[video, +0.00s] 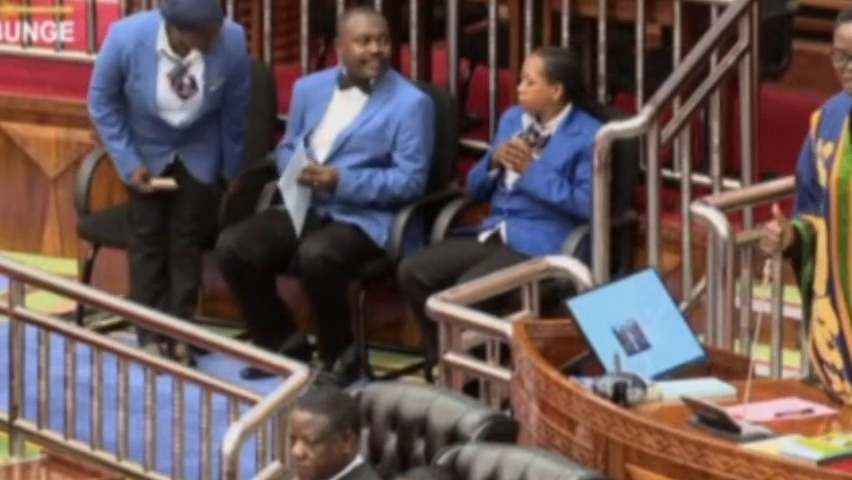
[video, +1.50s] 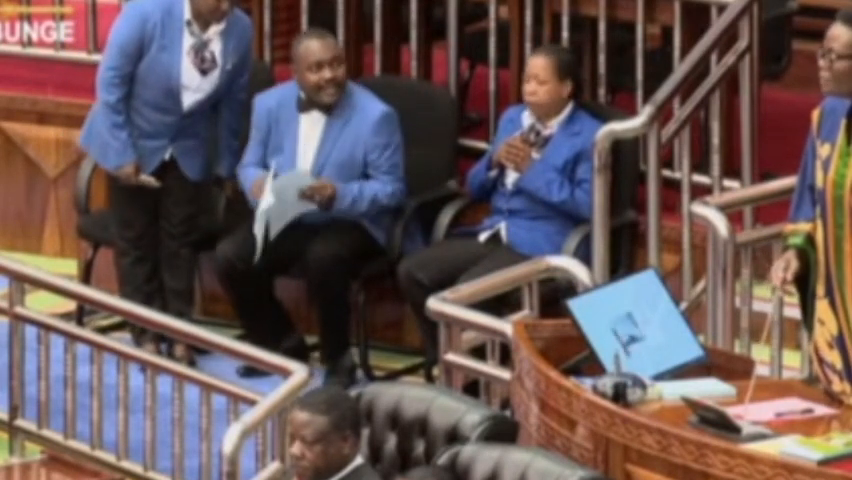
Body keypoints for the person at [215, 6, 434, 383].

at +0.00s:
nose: (374, 50)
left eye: (380, 41)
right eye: (363, 41)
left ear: (390, 45)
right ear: (340, 48)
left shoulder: (411, 103)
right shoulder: (308, 89)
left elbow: (410, 181)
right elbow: (286, 148)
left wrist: (340, 181)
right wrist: (297, 170)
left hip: (366, 219)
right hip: (302, 211)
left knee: (317, 257)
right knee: (235, 248)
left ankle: (340, 357)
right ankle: (282, 344)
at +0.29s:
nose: (374, 50)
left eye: (381, 41)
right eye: (363, 41)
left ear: (390, 45)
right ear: (340, 47)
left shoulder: (411, 103)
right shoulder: (308, 89)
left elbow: (411, 181)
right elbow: (286, 148)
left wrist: (342, 180)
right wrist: (297, 169)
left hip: (364, 218)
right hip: (301, 210)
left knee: (318, 258)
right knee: (235, 248)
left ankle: (340, 358)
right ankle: (282, 343)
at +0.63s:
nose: (368, 51)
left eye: (375, 42)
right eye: (357, 43)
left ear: (385, 46)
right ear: (335, 50)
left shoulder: (408, 103)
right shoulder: (305, 90)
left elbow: (410, 181)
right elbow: (283, 150)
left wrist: (341, 181)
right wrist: (297, 172)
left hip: (364, 217)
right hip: (301, 210)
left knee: (319, 257)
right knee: (235, 248)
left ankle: (339, 359)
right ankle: (282, 343)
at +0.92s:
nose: (360, 52)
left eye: (367, 42)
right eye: (349, 44)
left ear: (377, 46)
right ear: (327, 50)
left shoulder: (402, 102)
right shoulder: (299, 91)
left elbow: (409, 181)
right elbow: (279, 151)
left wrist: (340, 182)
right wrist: (296, 175)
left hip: (361, 217)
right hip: (297, 211)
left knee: (320, 258)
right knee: (234, 249)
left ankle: (339, 358)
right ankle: (282, 343)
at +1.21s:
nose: (352, 58)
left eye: (359, 48)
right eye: (340, 50)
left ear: (370, 50)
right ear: (319, 56)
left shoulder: (396, 104)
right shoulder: (293, 93)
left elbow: (405, 182)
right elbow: (274, 155)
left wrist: (338, 184)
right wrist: (296, 179)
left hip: (359, 215)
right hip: (294, 210)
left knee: (322, 254)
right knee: (235, 247)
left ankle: (340, 358)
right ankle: (282, 344)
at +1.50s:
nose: (329, 77)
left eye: (335, 65)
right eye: (316, 68)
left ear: (345, 65)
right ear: (296, 73)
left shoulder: (375, 116)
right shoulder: (268, 106)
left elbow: (391, 190)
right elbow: (249, 166)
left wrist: (338, 195)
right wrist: (259, 186)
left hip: (346, 223)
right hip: (284, 221)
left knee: (324, 260)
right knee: (234, 258)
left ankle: (337, 361)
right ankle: (280, 345)